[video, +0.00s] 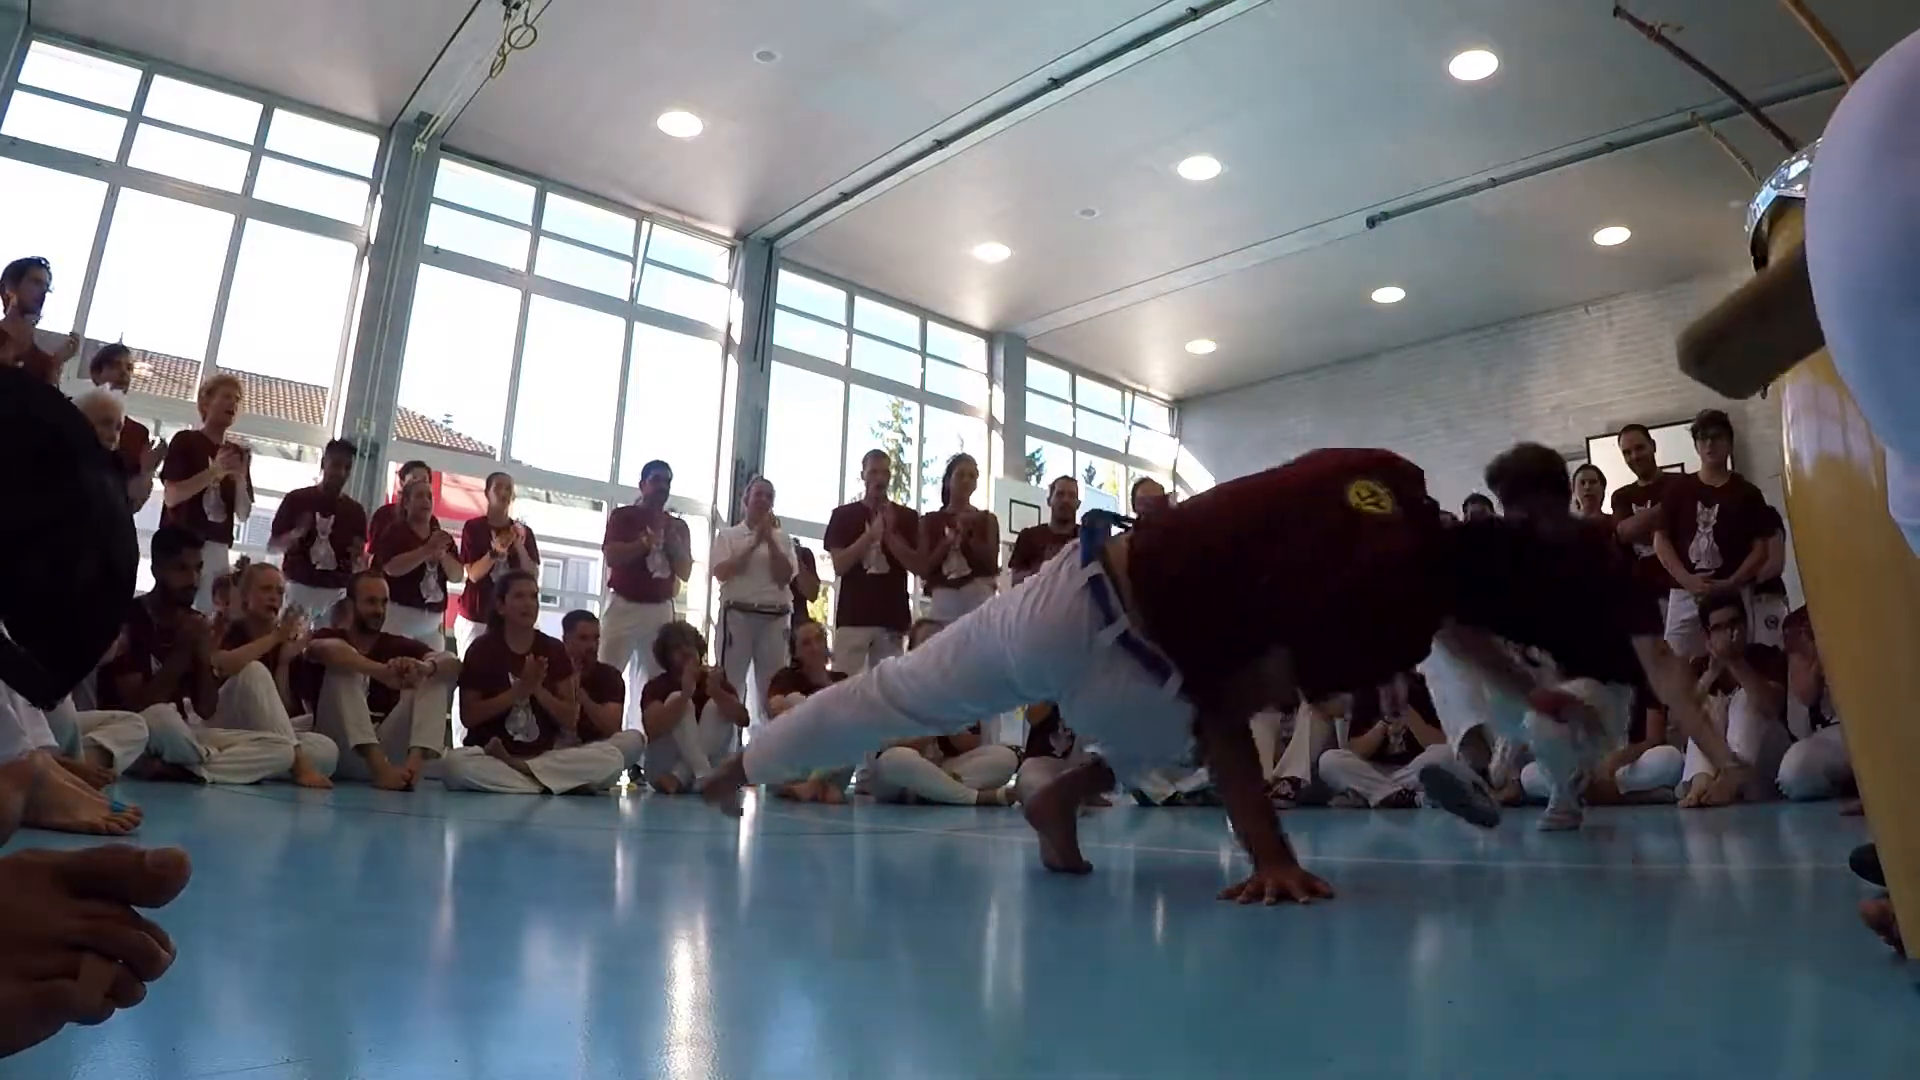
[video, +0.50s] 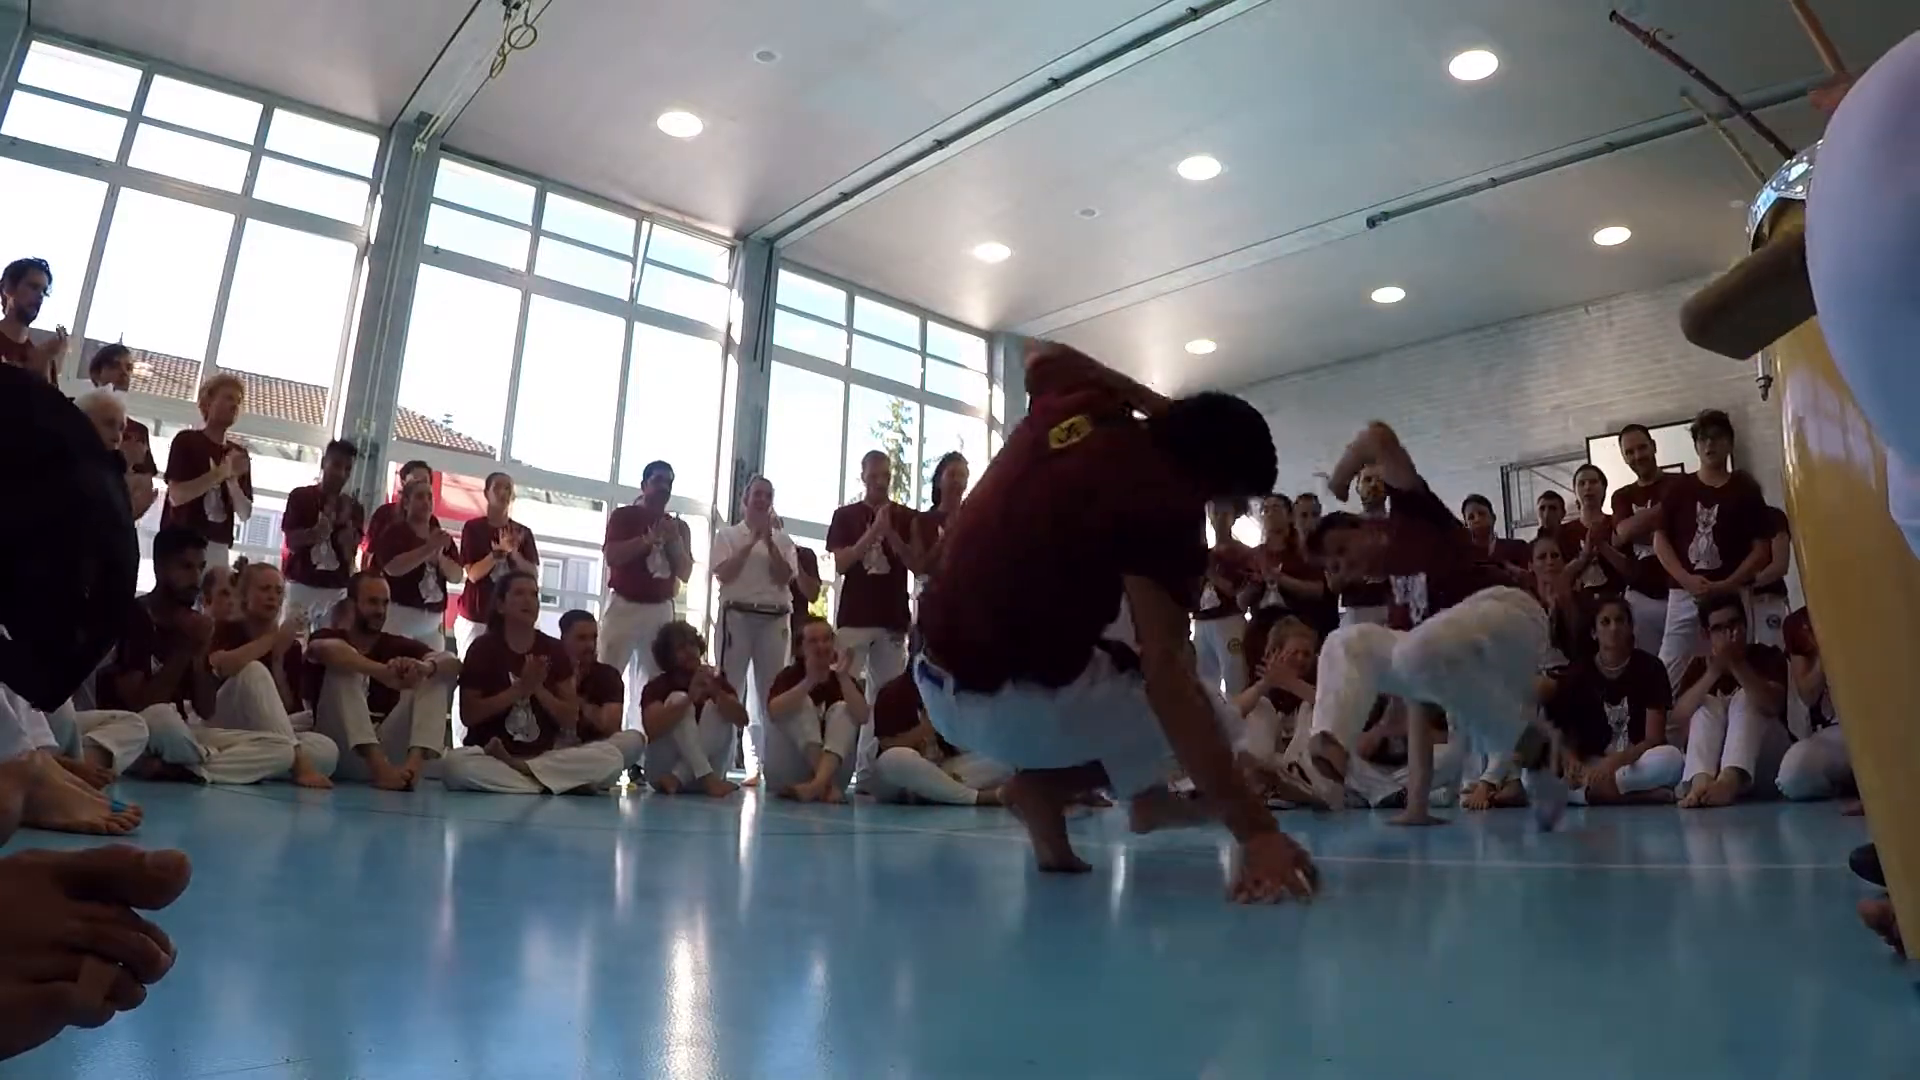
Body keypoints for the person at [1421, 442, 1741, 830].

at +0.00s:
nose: (1527, 523)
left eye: (1536, 511)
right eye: (1516, 512)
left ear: (1562, 501)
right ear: (1502, 509)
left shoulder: (1605, 554)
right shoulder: (1487, 546)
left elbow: (1659, 660)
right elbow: (1453, 630)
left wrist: (1724, 762)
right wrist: (1534, 694)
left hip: (1602, 683)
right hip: (1521, 680)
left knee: (1545, 720)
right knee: (1443, 645)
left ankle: (1564, 800)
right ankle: (1478, 772)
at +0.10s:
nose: (1498, 529)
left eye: (1505, 515)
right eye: (1486, 518)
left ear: (1525, 504)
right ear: (1474, 518)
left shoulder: (1578, 549)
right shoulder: (1488, 564)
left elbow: (1625, 629)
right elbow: (1464, 660)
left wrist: (1665, 675)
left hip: (1598, 696)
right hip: (1531, 696)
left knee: (1529, 721)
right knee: (1436, 675)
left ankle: (1565, 792)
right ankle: (1438, 768)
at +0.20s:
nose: (1464, 531)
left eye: (1470, 517)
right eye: (1453, 522)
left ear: (1490, 514)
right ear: (1442, 529)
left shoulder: (1539, 551)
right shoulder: (1454, 588)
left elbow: (1605, 582)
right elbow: (1454, 685)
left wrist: (1574, 534)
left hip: (1580, 694)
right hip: (1504, 705)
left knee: (1513, 717)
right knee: (1433, 716)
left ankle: (1569, 785)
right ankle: (1395, 774)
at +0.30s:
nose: (1415, 555)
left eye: (1418, 538)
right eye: (1402, 553)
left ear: (1448, 525)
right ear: (1399, 565)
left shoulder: (1502, 545)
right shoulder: (1436, 616)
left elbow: (1522, 487)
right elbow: (1440, 701)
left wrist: (1443, 441)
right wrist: (1422, 797)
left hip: (1557, 681)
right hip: (1490, 707)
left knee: (1501, 727)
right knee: (1424, 722)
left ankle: (1562, 783)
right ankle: (1367, 775)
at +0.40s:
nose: (1375, 556)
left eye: (1377, 540)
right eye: (1365, 556)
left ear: (1404, 526)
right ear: (1366, 570)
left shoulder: (1452, 527)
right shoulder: (1416, 625)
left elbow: (1440, 436)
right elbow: (1430, 713)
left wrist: (1371, 451)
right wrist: (1419, 807)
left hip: (1534, 657)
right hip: (1471, 684)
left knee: (1489, 720)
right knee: (1388, 681)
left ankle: (1558, 780)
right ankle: (1334, 768)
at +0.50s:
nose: (1350, 569)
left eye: (1343, 554)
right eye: (1340, 569)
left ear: (1360, 527)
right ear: (1342, 577)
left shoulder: (1412, 511)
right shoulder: (1402, 597)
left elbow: (1379, 436)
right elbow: (1416, 698)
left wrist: (1339, 479)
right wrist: (1417, 802)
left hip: (1508, 609)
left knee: (1418, 658)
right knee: (1349, 641)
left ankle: (1521, 738)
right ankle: (1331, 757)